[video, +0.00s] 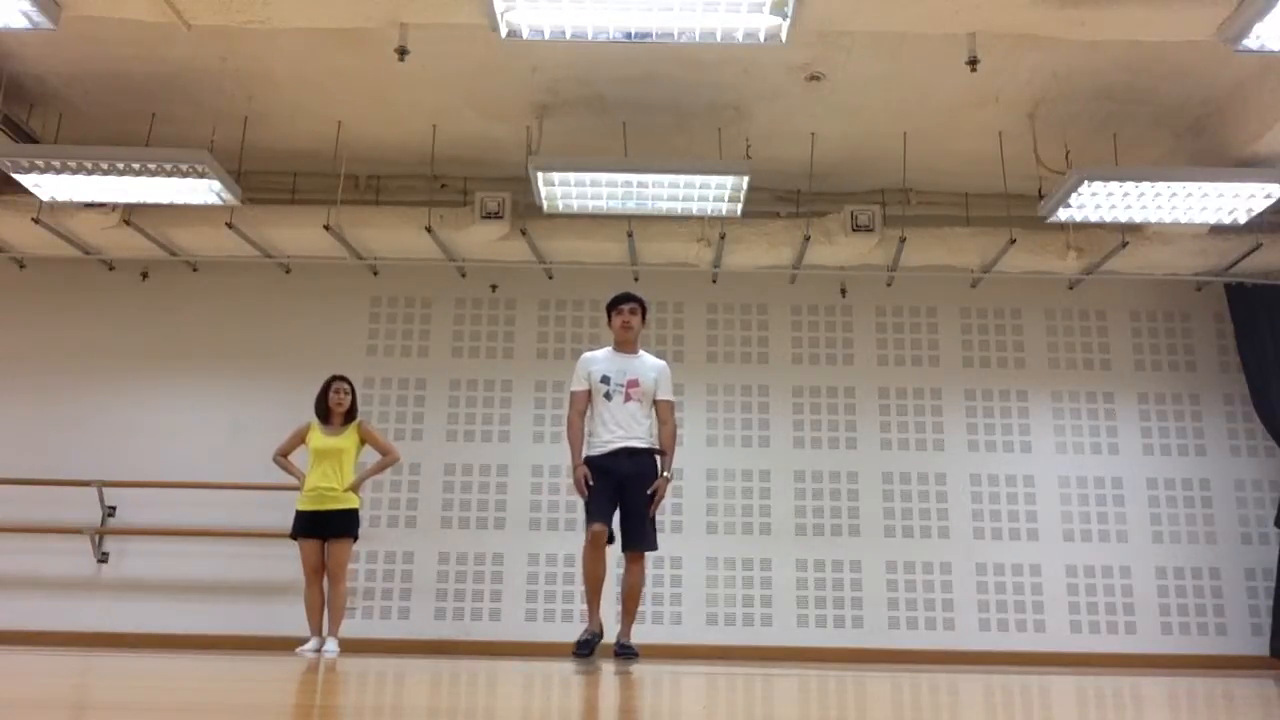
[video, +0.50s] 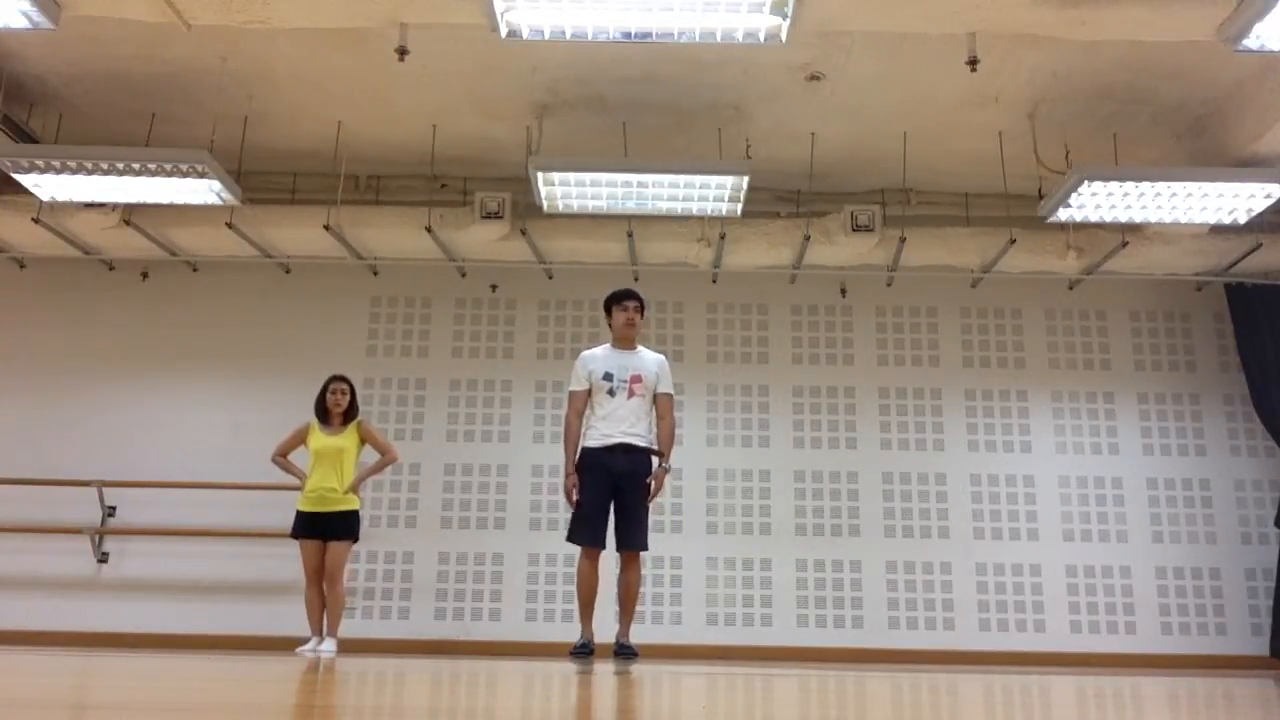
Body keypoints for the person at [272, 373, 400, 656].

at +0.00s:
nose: (341, 396)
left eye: (346, 393)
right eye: (335, 392)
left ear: (352, 399)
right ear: (325, 396)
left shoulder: (358, 428)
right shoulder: (311, 428)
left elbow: (393, 455)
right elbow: (278, 455)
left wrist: (360, 479)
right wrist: (301, 476)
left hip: (342, 506)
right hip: (310, 505)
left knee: (336, 575)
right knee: (312, 575)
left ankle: (333, 638)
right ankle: (315, 637)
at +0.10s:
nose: (340, 396)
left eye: (346, 393)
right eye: (335, 392)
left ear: (352, 399)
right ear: (325, 396)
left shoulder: (358, 428)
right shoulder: (311, 427)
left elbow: (392, 455)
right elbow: (277, 455)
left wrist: (360, 476)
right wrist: (300, 476)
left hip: (342, 506)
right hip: (309, 505)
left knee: (337, 575)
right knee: (312, 575)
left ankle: (333, 638)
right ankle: (315, 637)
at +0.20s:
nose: (340, 396)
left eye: (345, 392)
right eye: (335, 392)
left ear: (352, 398)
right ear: (325, 396)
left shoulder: (358, 427)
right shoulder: (310, 427)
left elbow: (392, 455)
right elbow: (276, 454)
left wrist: (360, 476)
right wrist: (301, 476)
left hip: (342, 506)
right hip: (310, 505)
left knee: (337, 575)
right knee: (313, 575)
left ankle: (332, 638)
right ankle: (315, 636)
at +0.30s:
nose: (340, 397)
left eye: (345, 393)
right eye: (335, 392)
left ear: (352, 398)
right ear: (325, 396)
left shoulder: (358, 428)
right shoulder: (310, 428)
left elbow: (392, 455)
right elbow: (275, 455)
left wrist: (359, 478)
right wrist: (301, 476)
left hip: (342, 507)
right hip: (310, 506)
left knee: (333, 576)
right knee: (312, 576)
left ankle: (331, 637)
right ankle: (315, 637)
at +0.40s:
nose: (339, 398)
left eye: (345, 394)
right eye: (334, 393)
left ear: (351, 399)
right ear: (324, 397)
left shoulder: (358, 428)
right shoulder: (310, 429)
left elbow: (391, 455)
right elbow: (276, 456)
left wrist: (360, 479)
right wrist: (302, 476)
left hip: (342, 508)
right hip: (310, 507)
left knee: (330, 576)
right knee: (311, 577)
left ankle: (331, 637)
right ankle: (315, 637)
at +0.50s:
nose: (338, 397)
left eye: (344, 393)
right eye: (333, 392)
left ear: (351, 399)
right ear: (324, 397)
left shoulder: (358, 428)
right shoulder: (311, 429)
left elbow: (392, 455)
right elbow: (277, 456)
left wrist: (360, 478)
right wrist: (302, 476)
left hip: (343, 508)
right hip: (310, 507)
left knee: (333, 577)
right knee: (312, 577)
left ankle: (332, 637)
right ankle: (316, 637)